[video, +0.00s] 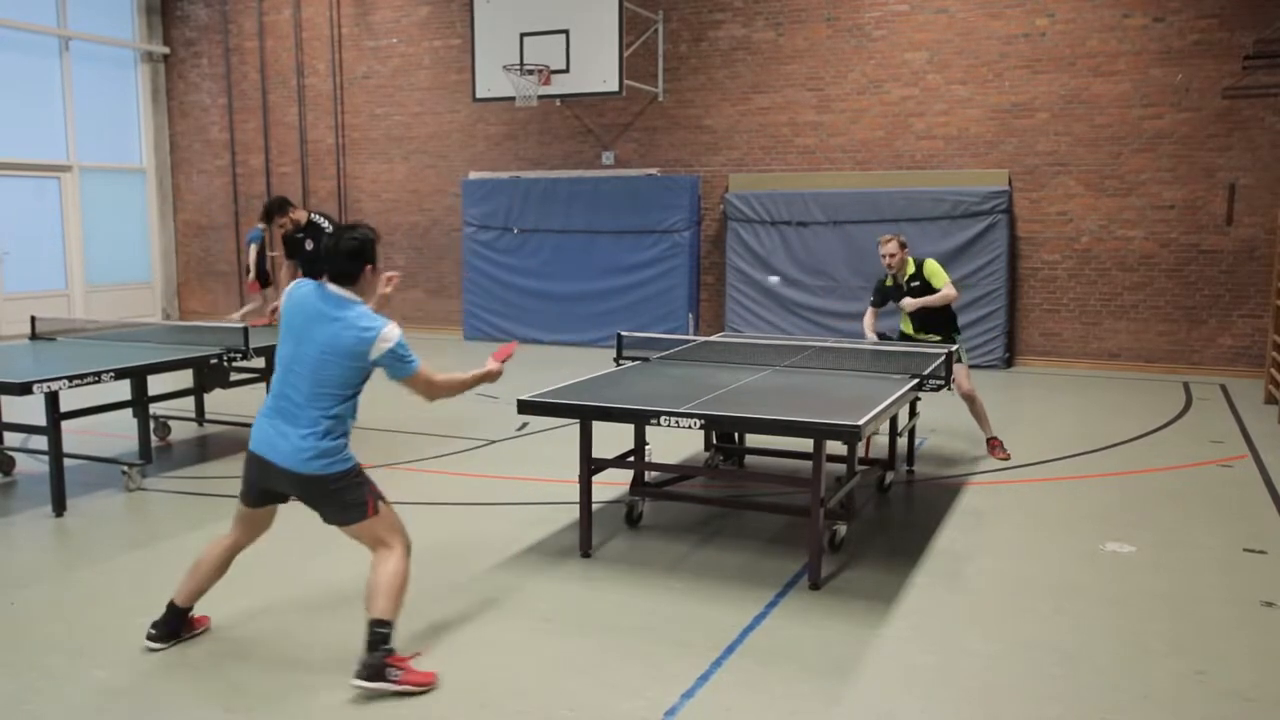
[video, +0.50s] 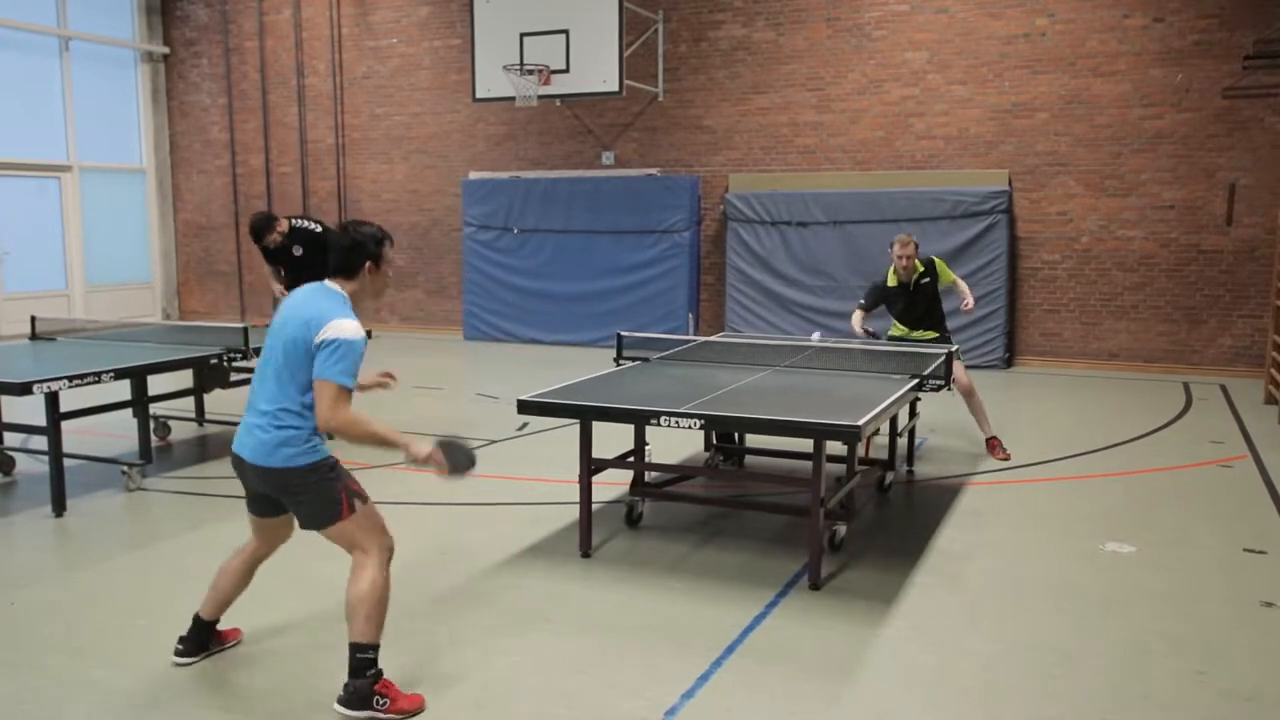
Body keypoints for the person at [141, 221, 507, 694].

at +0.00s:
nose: (382, 267)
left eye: (379, 261)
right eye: (377, 262)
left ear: (327, 266)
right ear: (366, 271)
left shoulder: (296, 294)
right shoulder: (376, 331)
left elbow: (337, 315)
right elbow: (431, 387)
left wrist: (369, 298)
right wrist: (485, 374)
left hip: (264, 451)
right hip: (321, 464)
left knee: (240, 532)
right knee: (392, 544)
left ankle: (169, 620)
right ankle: (377, 657)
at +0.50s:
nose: (389, 277)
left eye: (389, 267)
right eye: (387, 268)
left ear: (340, 266)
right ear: (367, 269)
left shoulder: (300, 297)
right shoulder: (342, 324)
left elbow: (291, 373)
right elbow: (332, 417)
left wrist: (355, 382)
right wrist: (404, 442)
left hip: (251, 449)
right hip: (295, 457)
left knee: (267, 536)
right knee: (374, 548)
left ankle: (196, 635)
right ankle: (363, 683)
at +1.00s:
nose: (486, 266)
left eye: (491, 254)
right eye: (478, 253)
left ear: (450, 243)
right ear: (443, 244)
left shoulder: (424, 272)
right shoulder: (412, 299)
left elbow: (399, 341)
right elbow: (366, 396)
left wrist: (440, 374)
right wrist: (444, 441)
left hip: (334, 425)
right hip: (359, 438)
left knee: (358, 535)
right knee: (424, 546)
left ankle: (319, 653)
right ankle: (414, 691)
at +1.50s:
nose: (539, 368)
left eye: (541, 359)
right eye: (541, 359)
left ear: (499, 345)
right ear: (531, 356)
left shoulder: (454, 352)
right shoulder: (513, 383)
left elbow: (387, 363)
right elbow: (526, 461)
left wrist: (391, 419)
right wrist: (545, 421)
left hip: (374, 446)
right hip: (416, 456)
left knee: (413, 494)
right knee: (506, 520)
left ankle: (378, 579)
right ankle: (502, 639)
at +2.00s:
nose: (540, 315)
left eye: (540, 307)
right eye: (540, 307)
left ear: (499, 299)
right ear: (530, 306)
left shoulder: (454, 311)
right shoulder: (513, 339)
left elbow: (390, 334)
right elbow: (515, 420)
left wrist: (403, 390)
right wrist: (543, 390)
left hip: (385, 417)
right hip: (430, 427)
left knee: (404, 486)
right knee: (490, 518)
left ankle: (378, 578)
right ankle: (500, 638)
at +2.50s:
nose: (532, 266)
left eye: (533, 258)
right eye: (531, 257)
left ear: (492, 250)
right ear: (517, 254)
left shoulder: (446, 268)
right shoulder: (492, 287)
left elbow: (396, 310)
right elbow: (497, 367)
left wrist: (438, 337)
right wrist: (540, 347)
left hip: (407, 396)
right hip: (445, 403)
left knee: (411, 480)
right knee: (486, 496)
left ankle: (369, 571)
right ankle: (476, 610)